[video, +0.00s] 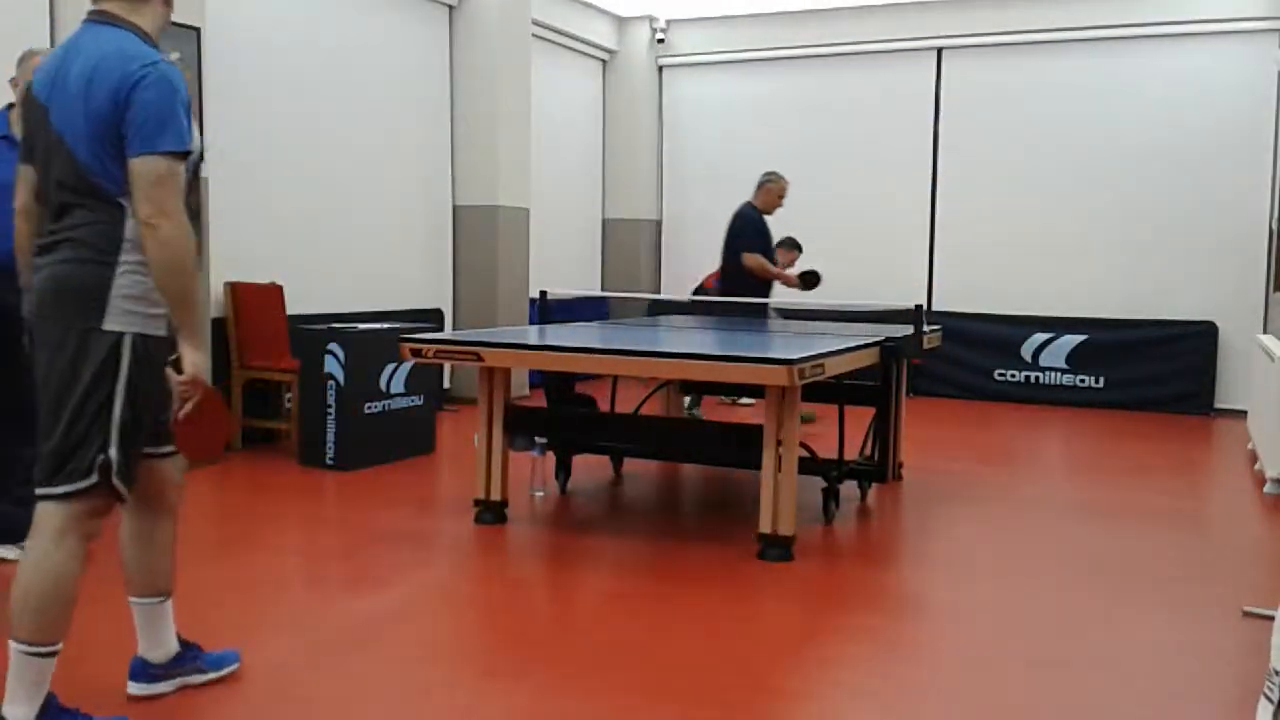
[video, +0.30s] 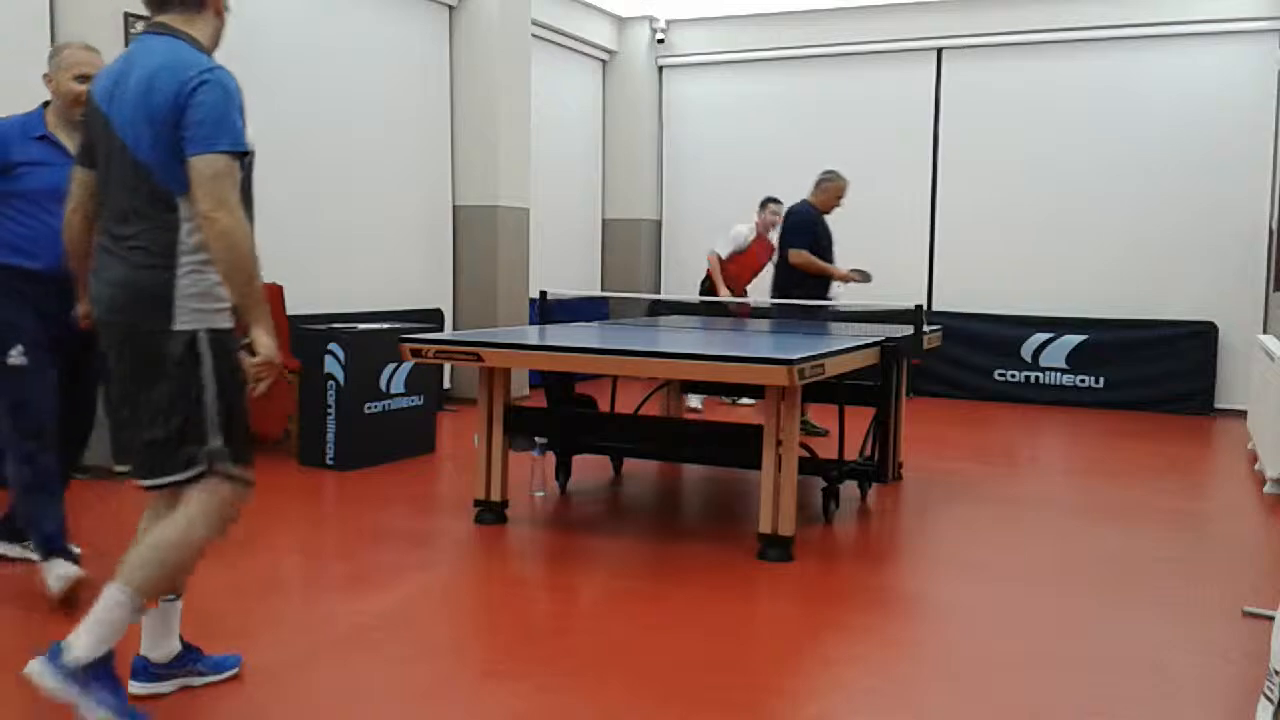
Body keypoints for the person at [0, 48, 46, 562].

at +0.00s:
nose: (39, 92)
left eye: (45, 83)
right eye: (34, 82)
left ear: (46, 88)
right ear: (16, 85)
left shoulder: (55, 140)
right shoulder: (14, 139)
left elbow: (37, 219)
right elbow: (20, 218)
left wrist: (41, 285)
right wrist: (30, 284)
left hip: (34, 292)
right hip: (14, 292)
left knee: (28, 406)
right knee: (18, 406)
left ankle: (22, 523)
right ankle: (12, 525)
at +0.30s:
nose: (90, 89)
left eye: (97, 81)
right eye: (80, 79)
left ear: (105, 87)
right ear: (50, 82)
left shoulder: (112, 146)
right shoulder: (15, 136)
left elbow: (124, 228)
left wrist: (110, 290)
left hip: (86, 295)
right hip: (22, 291)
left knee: (73, 417)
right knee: (34, 416)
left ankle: (20, 523)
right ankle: (52, 548)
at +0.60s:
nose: (156, 75)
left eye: (161, 66)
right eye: (143, 64)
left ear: (163, 70)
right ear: (107, 66)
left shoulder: (162, 133)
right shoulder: (67, 119)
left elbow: (178, 198)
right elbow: (22, 172)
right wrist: (36, 201)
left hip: (141, 287)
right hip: (72, 283)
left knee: (161, 419)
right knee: (75, 430)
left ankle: (126, 543)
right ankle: (78, 567)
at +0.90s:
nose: (234, 81)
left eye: (233, 71)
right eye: (228, 71)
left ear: (199, 74)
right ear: (198, 73)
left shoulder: (202, 137)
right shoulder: (145, 120)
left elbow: (216, 209)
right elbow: (156, 173)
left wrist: (259, 165)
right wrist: (229, 157)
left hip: (199, 296)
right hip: (146, 295)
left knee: (213, 439)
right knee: (174, 438)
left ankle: (212, 582)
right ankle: (101, 545)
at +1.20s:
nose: (269, 70)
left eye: (266, 58)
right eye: (265, 58)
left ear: (213, 57)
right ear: (245, 58)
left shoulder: (196, 109)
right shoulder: (210, 112)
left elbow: (225, 194)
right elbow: (227, 190)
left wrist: (318, 159)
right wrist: (320, 160)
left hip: (181, 287)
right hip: (192, 290)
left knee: (207, 445)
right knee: (241, 447)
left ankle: (205, 587)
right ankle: (224, 617)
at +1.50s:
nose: (277, 64)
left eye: (278, 52)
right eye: (277, 52)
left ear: (213, 44)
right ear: (258, 47)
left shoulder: (154, 103)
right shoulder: (252, 108)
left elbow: (115, 203)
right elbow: (303, 207)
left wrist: (148, 266)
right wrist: (325, 142)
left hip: (154, 291)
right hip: (225, 293)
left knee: (183, 453)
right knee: (243, 456)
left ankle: (156, 597)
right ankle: (224, 621)